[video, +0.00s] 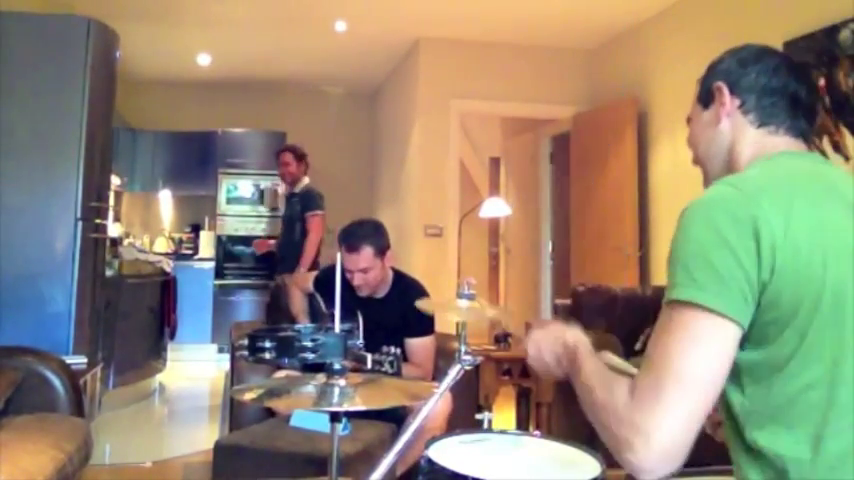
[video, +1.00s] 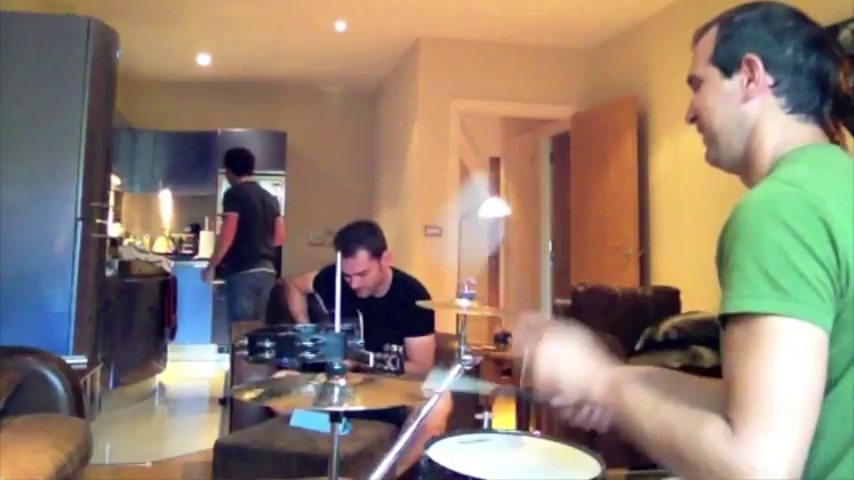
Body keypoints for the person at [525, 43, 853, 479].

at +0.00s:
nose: (690, 150)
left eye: (691, 124)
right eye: (687, 128)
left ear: (724, 103)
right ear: (797, 117)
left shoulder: (734, 210)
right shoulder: (842, 188)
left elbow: (649, 448)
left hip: (789, 469)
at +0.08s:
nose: (683, 158)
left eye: (683, 131)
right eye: (681, 135)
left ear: (714, 109)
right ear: (786, 122)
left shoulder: (725, 212)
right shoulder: (842, 193)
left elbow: (659, 453)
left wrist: (586, 340)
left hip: (781, 469)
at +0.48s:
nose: (664, 152)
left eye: (665, 124)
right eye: (661, 129)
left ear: (706, 106)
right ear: (770, 117)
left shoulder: (727, 210)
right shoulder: (838, 199)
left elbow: (699, 457)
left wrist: (602, 343)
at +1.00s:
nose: (689, 114)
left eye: (698, 85)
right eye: (691, 89)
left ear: (751, 79)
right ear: (750, 80)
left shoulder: (780, 209)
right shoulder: (835, 185)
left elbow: (758, 462)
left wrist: (605, 383)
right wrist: (619, 390)